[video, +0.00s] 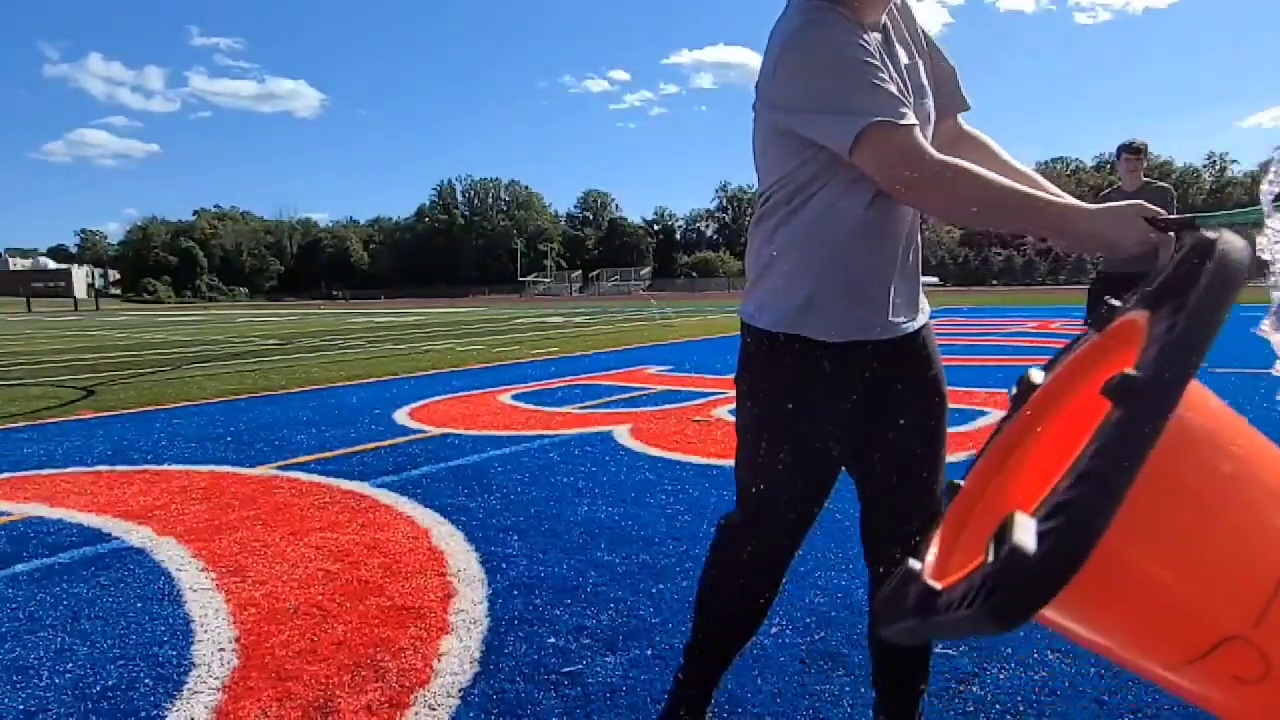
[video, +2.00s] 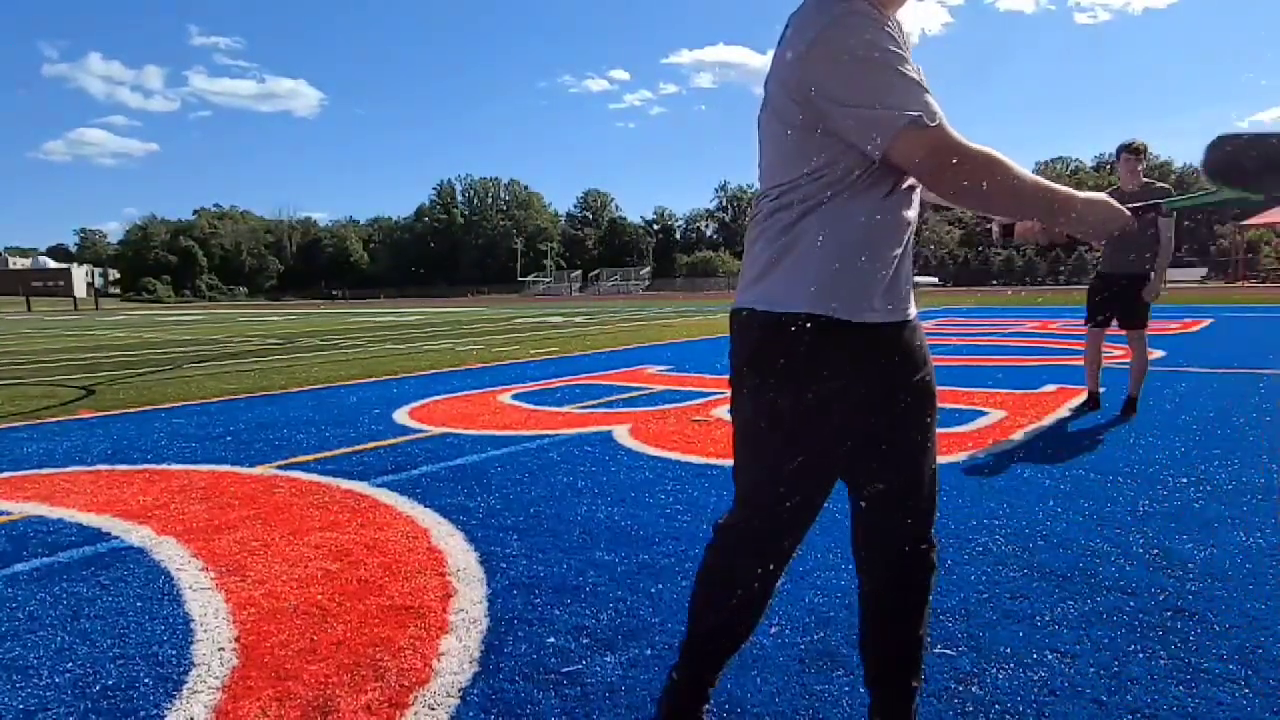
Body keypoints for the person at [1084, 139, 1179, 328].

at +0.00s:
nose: (1132, 164)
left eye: (1137, 159)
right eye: (1127, 159)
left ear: (1145, 163)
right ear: (1118, 163)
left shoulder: (1162, 194)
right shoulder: (1106, 198)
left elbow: (1168, 239)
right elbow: (1099, 234)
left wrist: (1159, 277)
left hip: (1147, 276)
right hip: (1111, 275)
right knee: (1097, 331)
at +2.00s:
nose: (1133, 166)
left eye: (1137, 161)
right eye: (1127, 161)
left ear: (1144, 163)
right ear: (1118, 164)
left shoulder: (1160, 194)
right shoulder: (1108, 198)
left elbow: (1167, 240)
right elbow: (1096, 238)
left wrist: (1157, 279)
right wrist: (1095, 235)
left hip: (1137, 277)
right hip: (1105, 276)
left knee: (1136, 340)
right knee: (1094, 336)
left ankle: (1132, 398)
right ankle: (1092, 395)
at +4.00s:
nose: (1130, 160)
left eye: (1136, 156)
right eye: (1125, 156)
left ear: (1144, 161)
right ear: (1117, 162)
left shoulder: (1159, 192)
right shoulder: (1110, 194)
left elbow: (1167, 241)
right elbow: (1099, 238)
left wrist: (1157, 278)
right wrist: (1090, 225)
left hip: (1137, 274)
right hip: (1106, 271)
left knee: (1136, 340)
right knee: (1093, 335)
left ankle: (1131, 396)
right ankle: (1092, 393)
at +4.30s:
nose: (1130, 161)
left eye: (1136, 157)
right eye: (1126, 156)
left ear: (1144, 160)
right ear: (1116, 159)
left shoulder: (1157, 191)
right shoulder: (1108, 193)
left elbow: (1165, 236)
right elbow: (1101, 239)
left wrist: (1158, 275)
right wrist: (1090, 227)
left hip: (1140, 270)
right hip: (1107, 269)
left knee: (1136, 338)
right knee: (1093, 336)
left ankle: (1131, 396)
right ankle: (1092, 391)